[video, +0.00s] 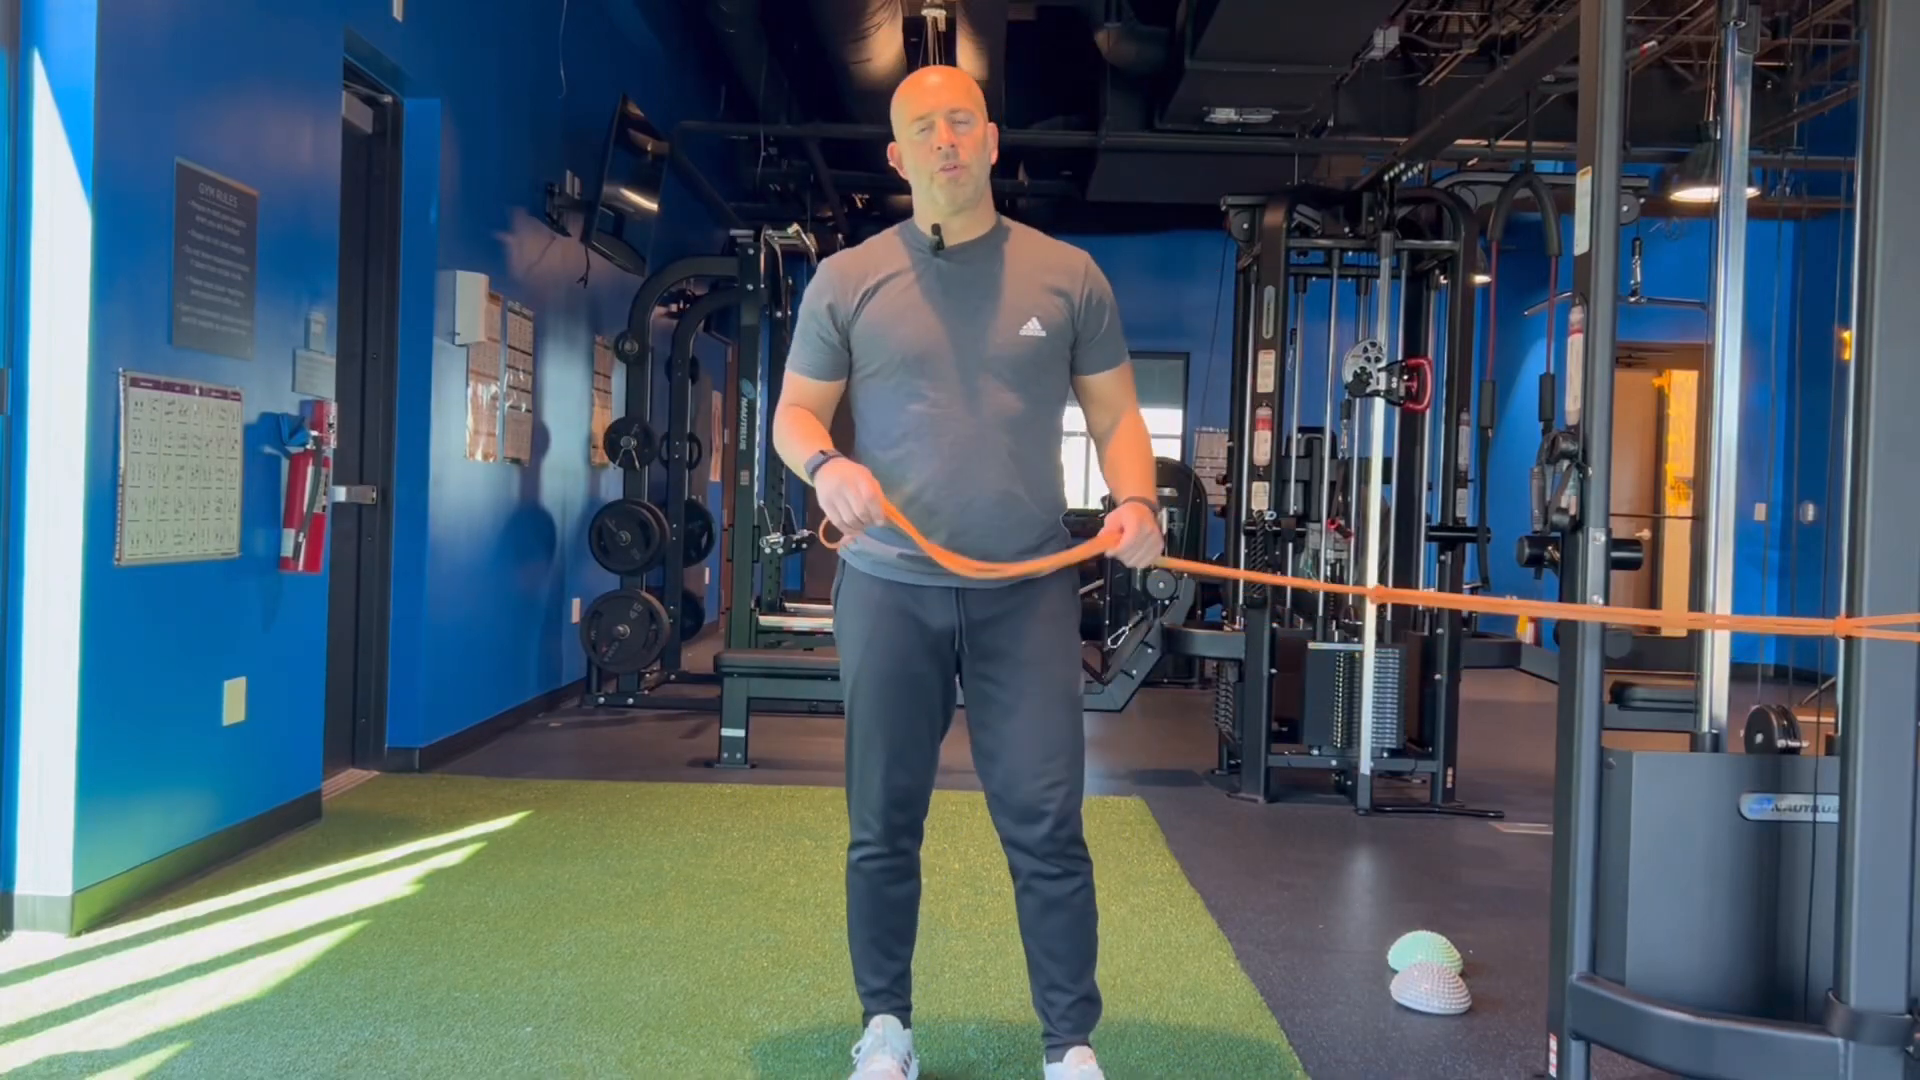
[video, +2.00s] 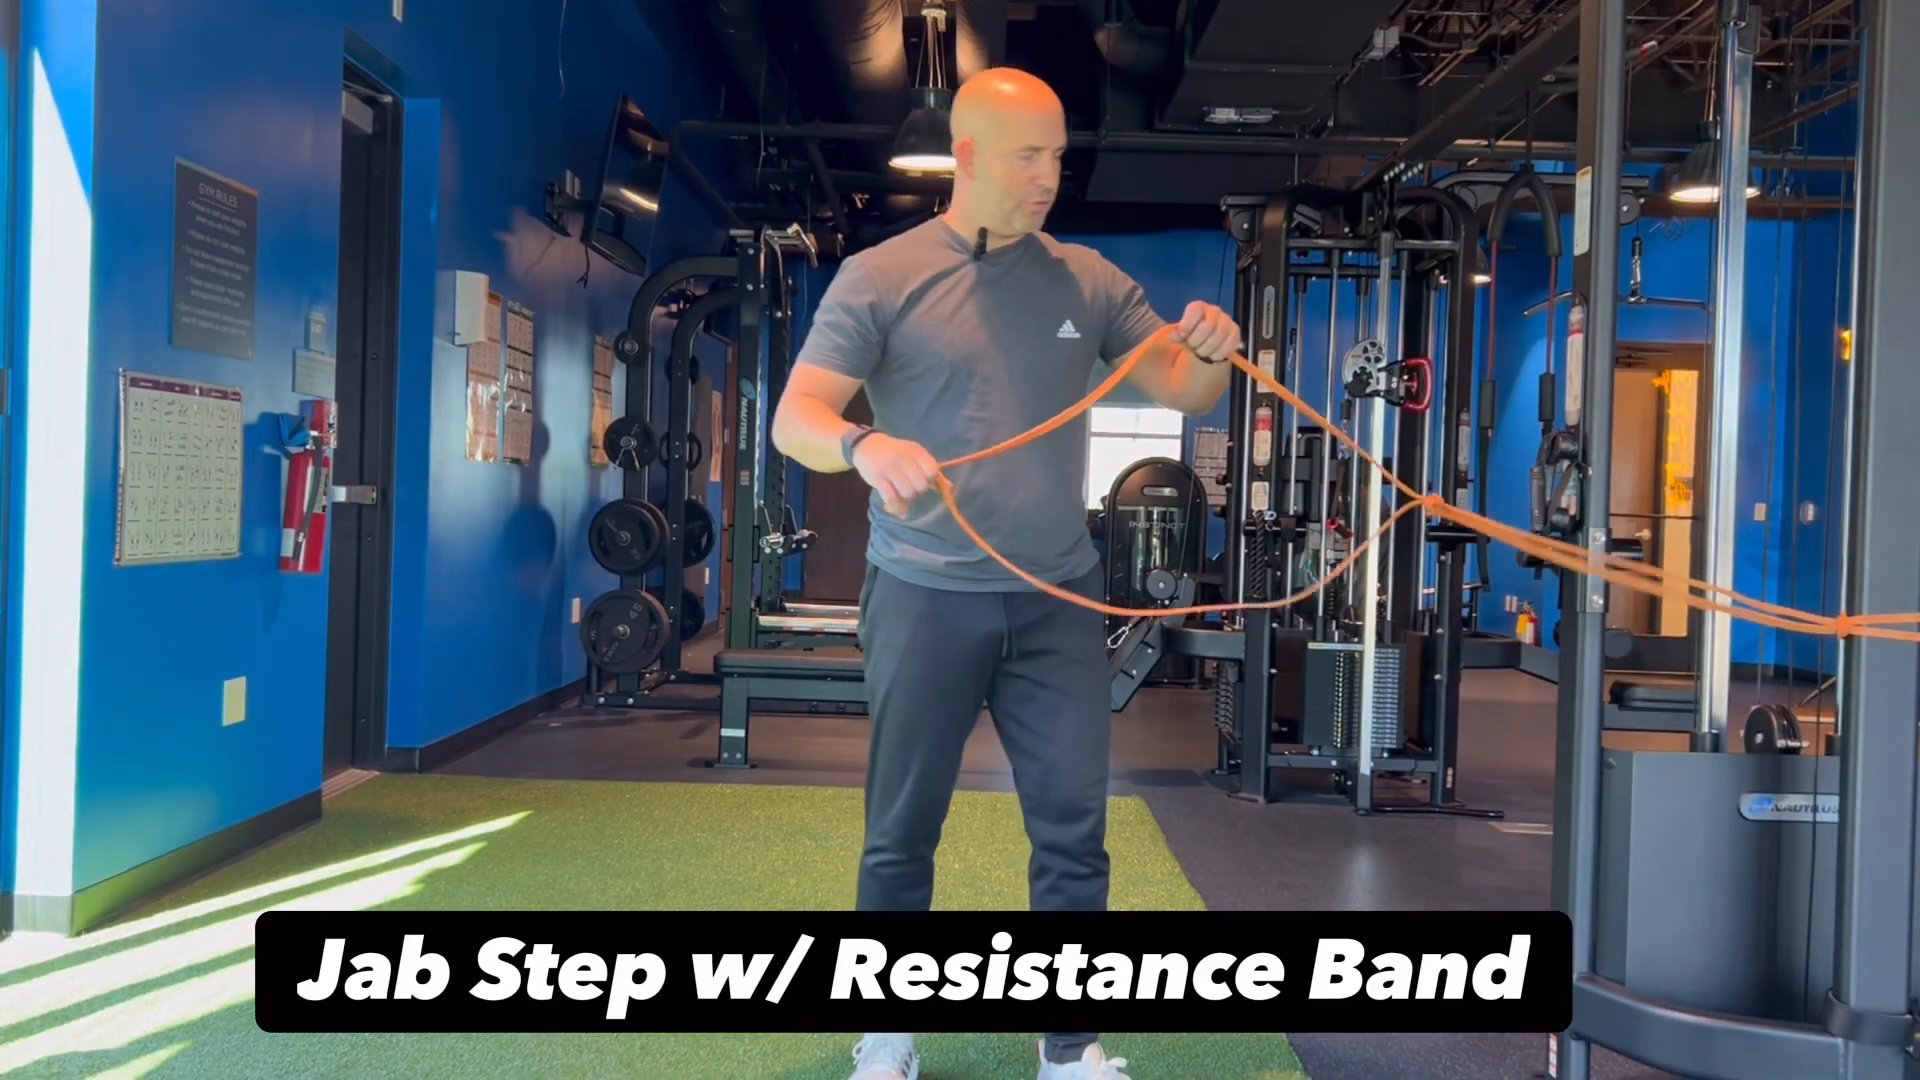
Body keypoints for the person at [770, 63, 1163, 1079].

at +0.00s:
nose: (949, 137)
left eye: (963, 120)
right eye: (926, 124)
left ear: (994, 141)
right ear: (896, 155)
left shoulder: (1068, 277)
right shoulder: (844, 283)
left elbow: (1116, 416)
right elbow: (796, 415)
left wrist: (1137, 500)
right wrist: (825, 464)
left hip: (1030, 592)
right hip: (889, 588)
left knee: (1045, 822)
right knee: (882, 824)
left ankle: (1070, 1041)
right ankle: (884, 1023)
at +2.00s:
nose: (1053, 177)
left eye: (1059, 158)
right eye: (1033, 157)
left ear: (1055, 161)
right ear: (968, 159)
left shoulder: (1088, 279)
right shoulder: (879, 277)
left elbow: (1189, 392)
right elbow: (796, 419)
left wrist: (1213, 350)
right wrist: (861, 446)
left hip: (1061, 593)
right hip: (926, 592)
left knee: (1074, 831)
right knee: (901, 836)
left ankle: (1071, 1044)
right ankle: (883, 1035)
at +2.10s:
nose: (1086, 176)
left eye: (1092, 156)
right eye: (1070, 155)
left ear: (1070, 161)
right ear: (1002, 153)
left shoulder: (1110, 281)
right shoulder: (901, 273)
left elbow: (1203, 401)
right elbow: (821, 415)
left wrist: (1226, 356)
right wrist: (880, 451)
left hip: (1077, 592)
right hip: (945, 591)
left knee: (1084, 835)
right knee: (911, 835)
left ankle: (1071, 1049)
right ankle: (884, 1037)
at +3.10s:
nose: (1064, 124)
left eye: (1065, 107)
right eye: (1041, 104)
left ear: (1048, 126)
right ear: (970, 119)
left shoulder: (1068, 271)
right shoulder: (878, 257)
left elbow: (1132, 415)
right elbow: (821, 421)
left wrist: (1229, 489)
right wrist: (937, 405)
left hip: (1049, 589)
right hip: (925, 589)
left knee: (1104, 821)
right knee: (894, 840)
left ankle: (1081, 1044)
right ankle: (870, 1057)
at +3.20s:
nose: (1063, 118)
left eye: (1064, 103)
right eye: (1039, 101)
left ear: (1059, 126)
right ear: (971, 121)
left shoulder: (1074, 270)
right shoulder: (887, 258)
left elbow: (1119, 409)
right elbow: (837, 421)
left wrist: (1198, 481)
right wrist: (984, 435)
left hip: (1058, 581)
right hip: (932, 583)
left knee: (1113, 809)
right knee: (899, 832)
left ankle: (1093, 1038)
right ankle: (869, 1053)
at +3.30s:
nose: (1072, 119)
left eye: (1074, 104)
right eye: (1047, 101)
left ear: (1073, 130)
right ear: (981, 124)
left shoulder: (1087, 273)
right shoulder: (908, 262)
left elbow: (1134, 412)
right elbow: (878, 427)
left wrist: (1199, 475)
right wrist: (1041, 459)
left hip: (1072, 590)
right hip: (948, 591)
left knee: (1096, 834)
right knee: (907, 838)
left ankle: (1089, 1052)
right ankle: (872, 1054)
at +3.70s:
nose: (1176, 128)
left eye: (1186, 113)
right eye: (1150, 109)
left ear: (1195, 141)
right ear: (1092, 132)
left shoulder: (1196, 287)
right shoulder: (1043, 255)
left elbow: (1211, 425)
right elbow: (1036, 422)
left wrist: (1253, 444)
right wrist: (1199, 474)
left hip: (1155, 587)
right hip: (1047, 572)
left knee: (1135, 828)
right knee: (1058, 809)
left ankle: (1090, 1050)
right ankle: (912, 1009)